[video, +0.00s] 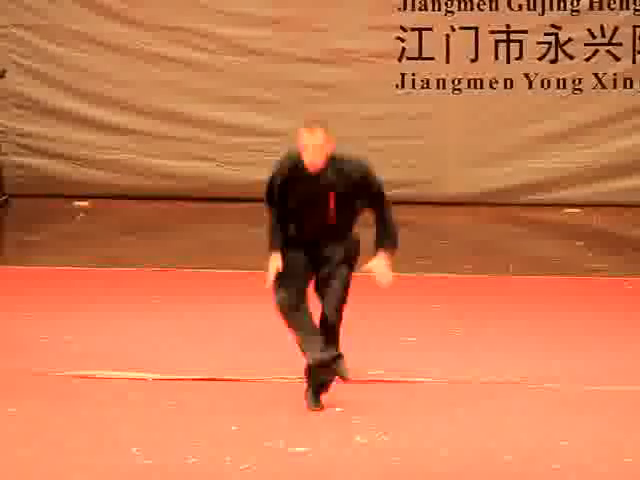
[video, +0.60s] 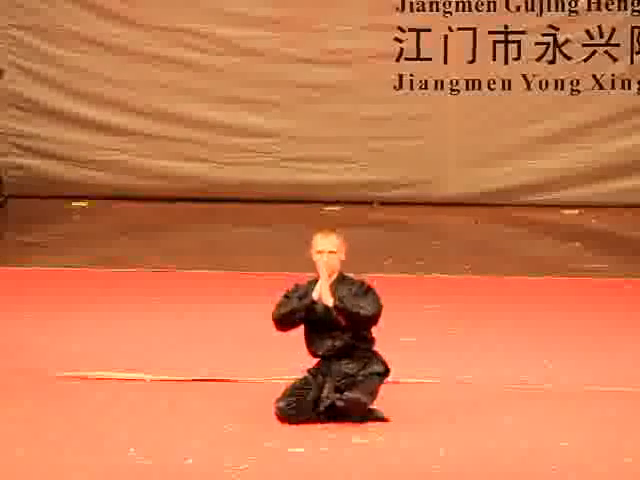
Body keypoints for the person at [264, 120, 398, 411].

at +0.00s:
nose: (311, 155)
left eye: (317, 147)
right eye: (305, 148)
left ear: (330, 145)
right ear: (298, 147)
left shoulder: (353, 173)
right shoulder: (286, 174)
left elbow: (380, 208)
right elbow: (276, 214)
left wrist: (385, 251)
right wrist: (275, 250)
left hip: (337, 246)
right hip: (298, 247)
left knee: (332, 312)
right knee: (287, 299)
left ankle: (316, 384)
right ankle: (321, 353)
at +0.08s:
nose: (314, 187)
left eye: (320, 179)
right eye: (309, 179)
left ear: (331, 180)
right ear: (301, 180)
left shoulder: (349, 217)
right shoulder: (289, 217)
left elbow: (370, 262)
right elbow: (283, 259)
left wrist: (351, 290)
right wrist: (294, 291)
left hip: (336, 289)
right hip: (302, 289)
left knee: (328, 338)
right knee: (287, 329)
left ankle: (315, 383)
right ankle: (332, 374)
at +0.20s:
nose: (319, 215)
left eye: (325, 208)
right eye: (313, 208)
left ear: (335, 208)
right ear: (305, 209)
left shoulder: (349, 238)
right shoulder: (294, 238)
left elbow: (359, 282)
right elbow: (289, 285)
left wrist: (328, 285)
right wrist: (305, 283)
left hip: (342, 315)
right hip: (305, 316)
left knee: (344, 363)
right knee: (290, 370)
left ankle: (319, 398)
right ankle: (342, 406)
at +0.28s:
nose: (322, 225)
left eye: (328, 218)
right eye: (316, 218)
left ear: (339, 219)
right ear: (308, 219)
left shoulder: (354, 250)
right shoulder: (295, 247)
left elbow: (365, 283)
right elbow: (282, 287)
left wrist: (332, 273)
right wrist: (307, 275)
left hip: (344, 331)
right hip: (306, 330)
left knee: (345, 382)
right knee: (291, 390)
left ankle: (305, 401)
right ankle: (352, 410)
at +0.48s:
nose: (325, 254)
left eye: (331, 248)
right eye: (319, 248)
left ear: (341, 251)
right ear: (311, 251)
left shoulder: (353, 284)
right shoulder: (299, 285)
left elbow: (368, 307)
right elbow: (274, 308)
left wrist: (332, 294)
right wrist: (308, 290)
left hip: (354, 362)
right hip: (318, 364)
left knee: (351, 406)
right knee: (287, 414)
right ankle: (345, 412)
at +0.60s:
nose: (325, 259)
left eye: (331, 253)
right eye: (319, 253)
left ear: (342, 256)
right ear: (312, 256)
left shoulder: (357, 288)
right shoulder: (304, 290)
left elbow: (370, 315)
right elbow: (280, 321)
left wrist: (334, 302)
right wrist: (311, 299)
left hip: (361, 365)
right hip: (325, 367)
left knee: (352, 405)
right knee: (286, 408)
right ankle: (347, 412)